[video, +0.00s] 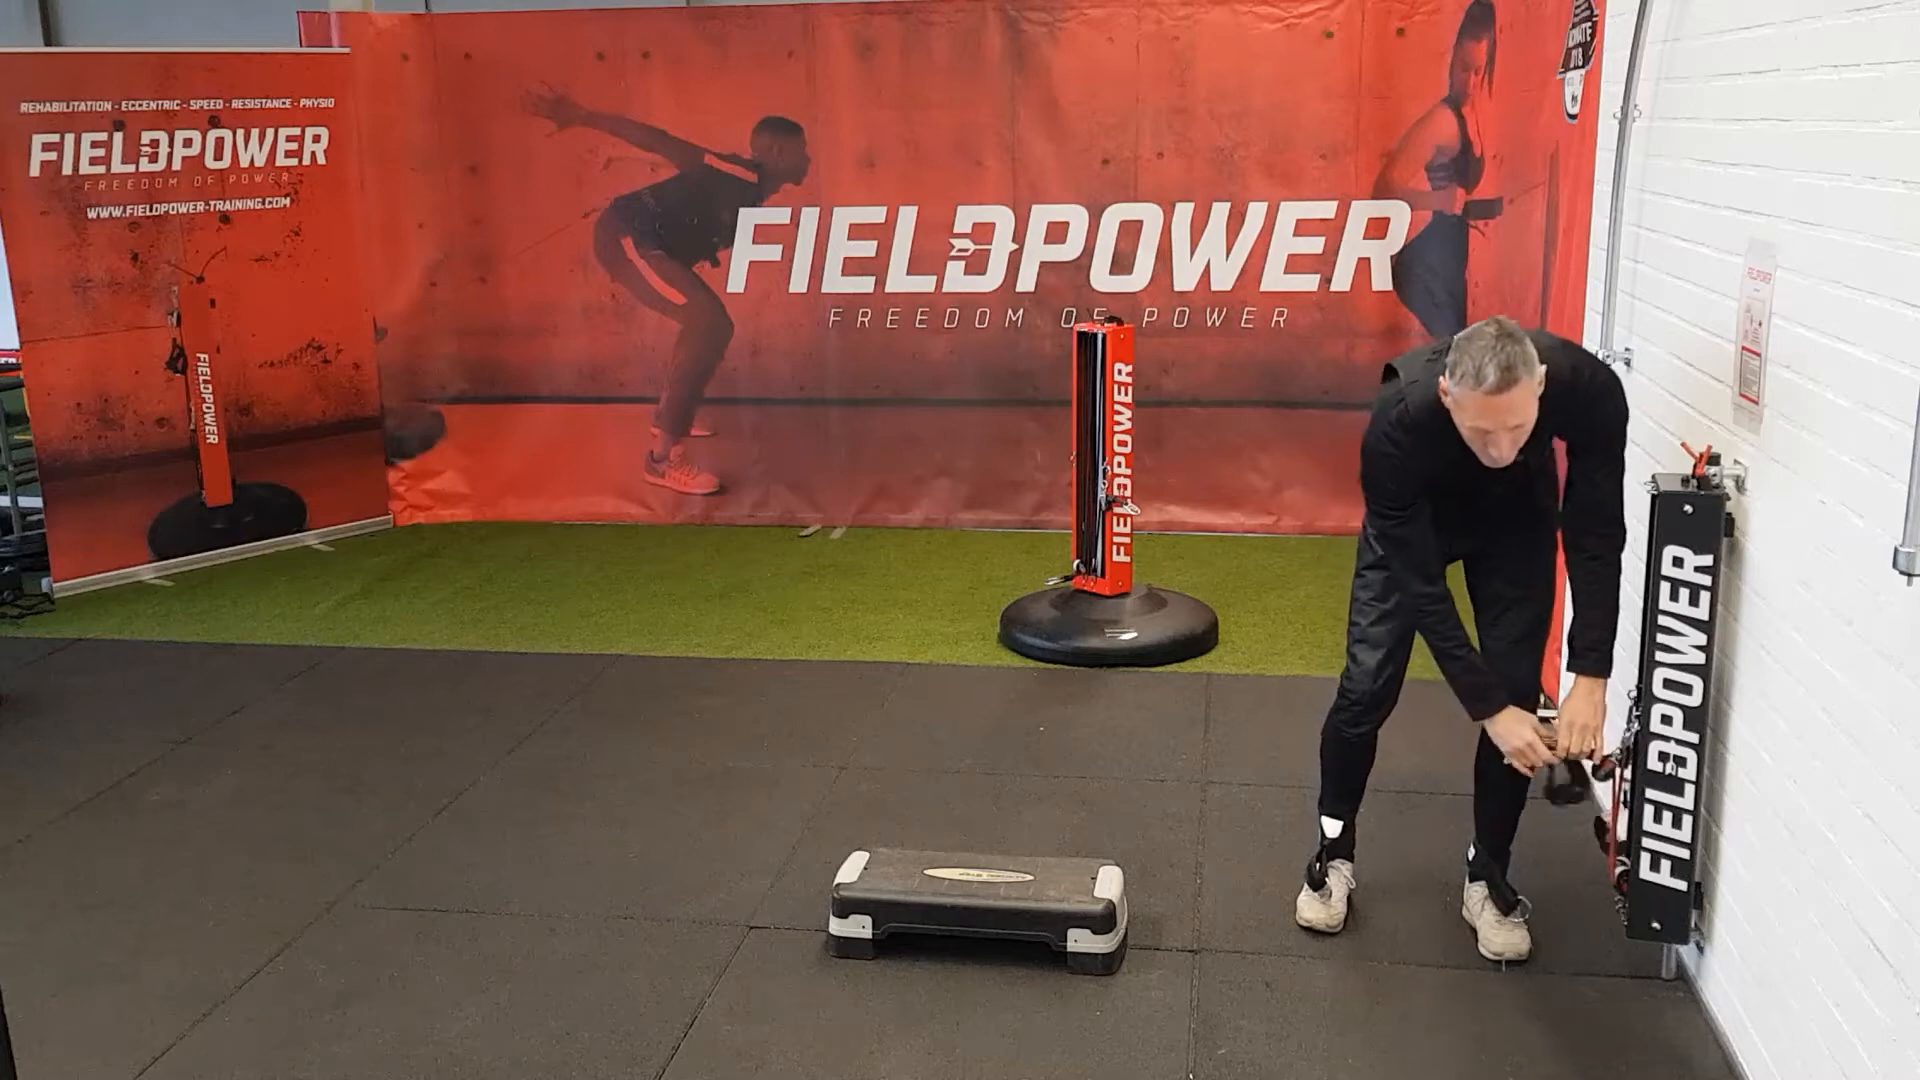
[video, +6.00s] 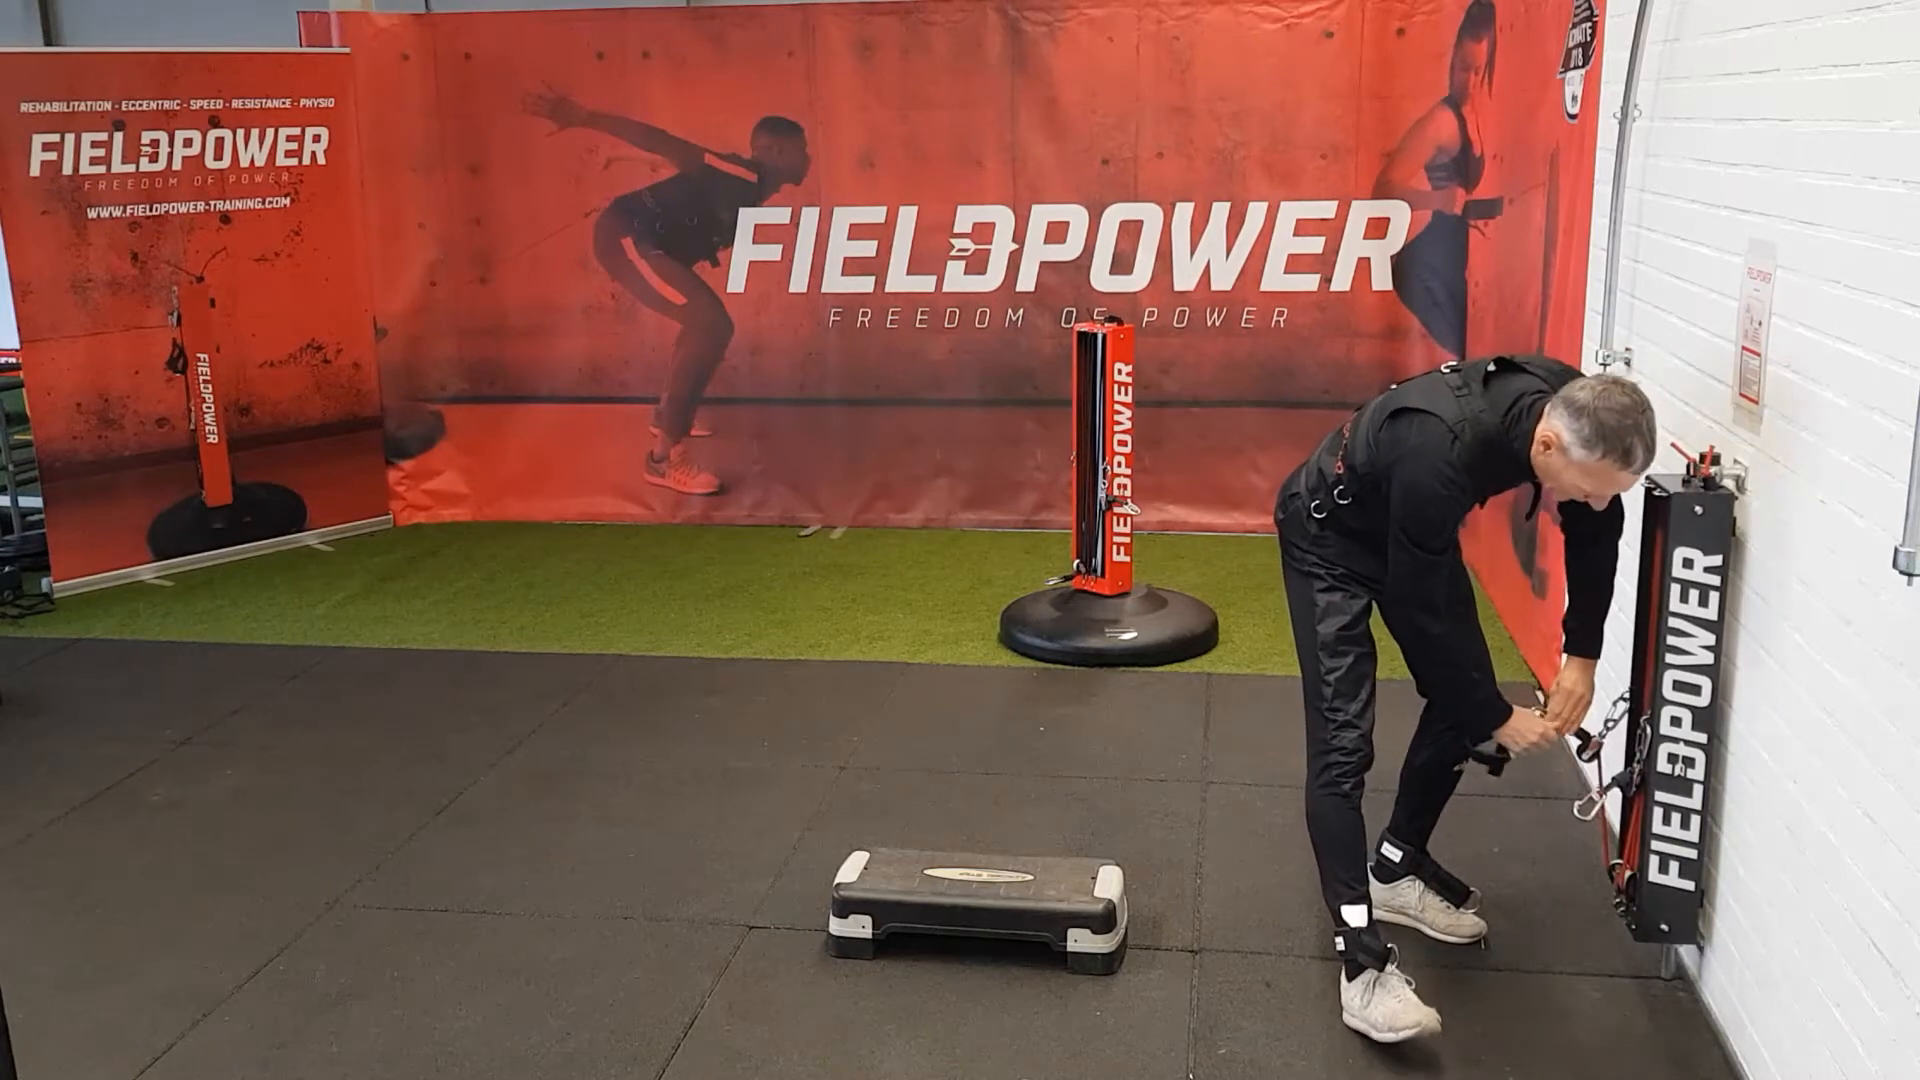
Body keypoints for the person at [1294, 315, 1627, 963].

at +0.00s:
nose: (1500, 448)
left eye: (1516, 430)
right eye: (1482, 432)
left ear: (1539, 390)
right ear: (1449, 396)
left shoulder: (1590, 394)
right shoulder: (1400, 425)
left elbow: (1597, 539)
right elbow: (1422, 586)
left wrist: (1590, 680)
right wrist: (1494, 710)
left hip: (1517, 519)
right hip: (1412, 521)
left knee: (1514, 704)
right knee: (1367, 688)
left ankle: (1489, 878)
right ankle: (1332, 856)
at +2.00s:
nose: (1517, 331)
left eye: (1534, 310)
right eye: (1497, 311)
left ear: (1561, 277)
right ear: (1459, 280)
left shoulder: (1596, 337)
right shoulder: (1391, 356)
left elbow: (1573, 484)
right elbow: (1373, 518)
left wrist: (1532, 604)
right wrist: (1459, 627)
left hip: (1497, 542)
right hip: (1398, 543)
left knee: (1491, 724)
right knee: (1406, 739)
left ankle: (1468, 880)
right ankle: (1407, 935)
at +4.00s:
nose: (1628, 413)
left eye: (1636, 401)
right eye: (1628, 398)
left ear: (1590, 357)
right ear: (1581, 363)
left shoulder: (1567, 387)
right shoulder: (1442, 402)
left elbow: (1535, 504)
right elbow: (1420, 558)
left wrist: (1538, 628)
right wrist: (1478, 685)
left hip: (1428, 539)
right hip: (1344, 538)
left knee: (1467, 713)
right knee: (1368, 763)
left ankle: (1398, 866)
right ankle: (1379, 988)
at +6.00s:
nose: (1593, 504)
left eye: (1607, 493)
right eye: (1586, 489)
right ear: (1547, 443)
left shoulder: (1569, 405)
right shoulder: (1435, 458)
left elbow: (1593, 530)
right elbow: (1424, 612)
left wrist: (1580, 657)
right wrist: (1495, 718)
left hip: (1419, 535)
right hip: (1331, 531)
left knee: (1467, 703)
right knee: (1344, 743)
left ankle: (1396, 868)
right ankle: (1360, 958)